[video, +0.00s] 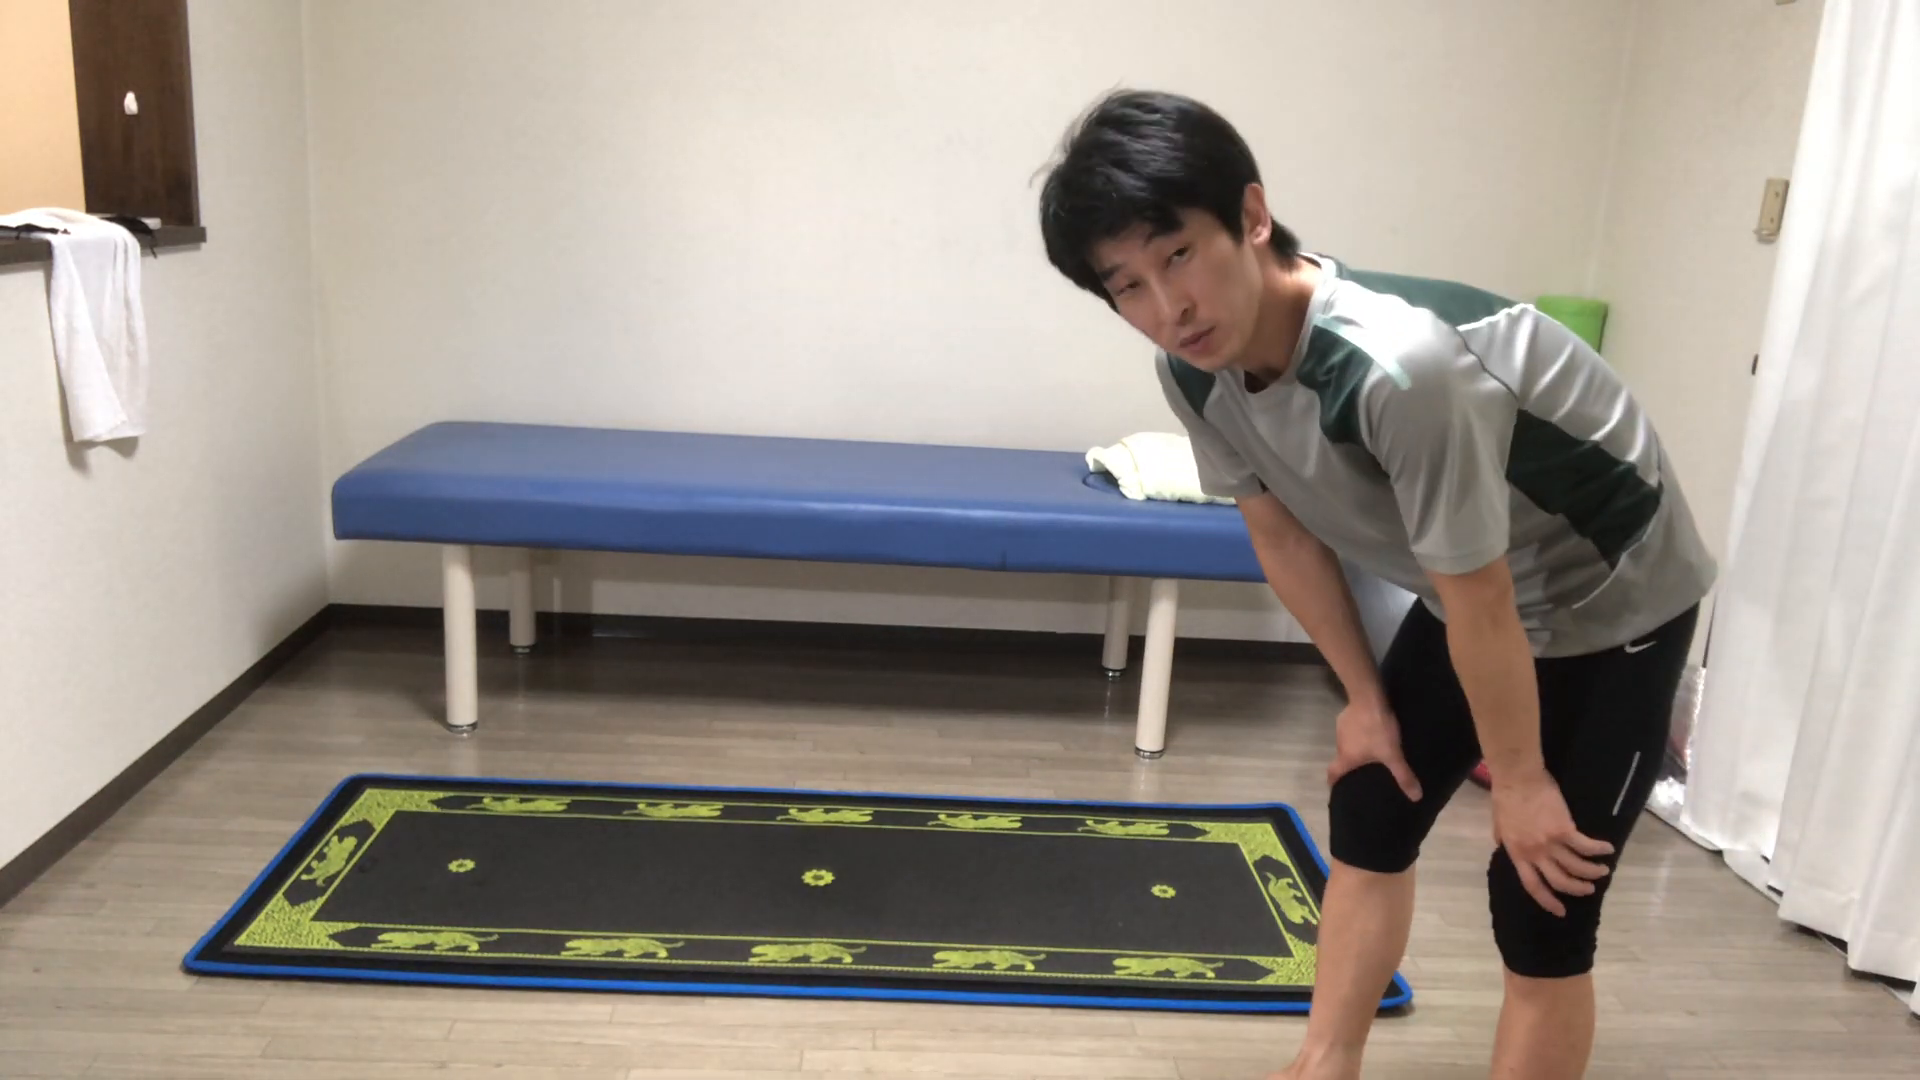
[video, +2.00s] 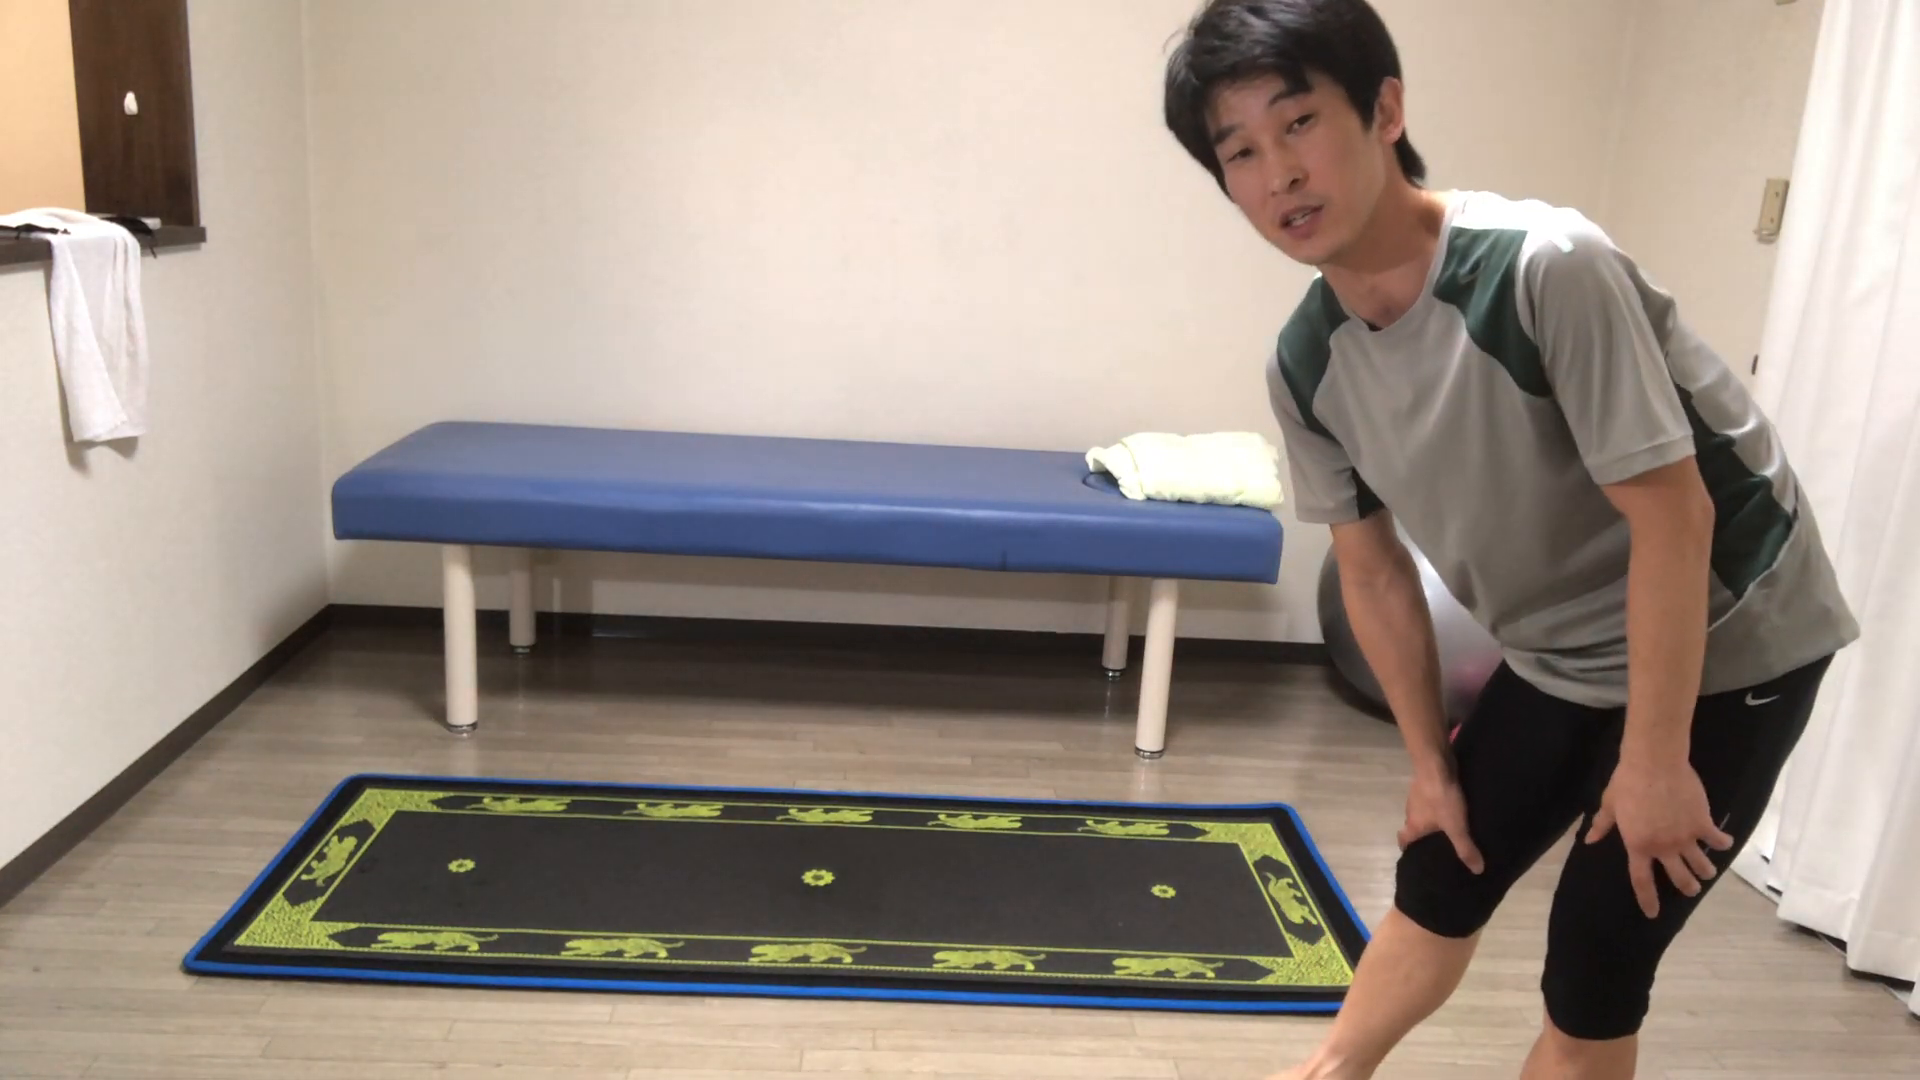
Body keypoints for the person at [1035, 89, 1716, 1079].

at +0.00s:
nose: (1168, 307)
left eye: (1178, 255)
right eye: (1128, 289)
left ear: (1250, 217)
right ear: (1111, 305)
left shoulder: (1402, 371)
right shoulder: (1195, 367)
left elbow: (1481, 598)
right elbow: (1283, 539)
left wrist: (1522, 777)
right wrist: (1363, 697)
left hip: (1618, 594)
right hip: (1472, 580)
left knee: (1539, 904)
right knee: (1372, 808)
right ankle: (1327, 1062)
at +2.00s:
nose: (1276, 176)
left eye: (1299, 123)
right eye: (1237, 153)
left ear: (1385, 113)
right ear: (1223, 184)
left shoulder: (1548, 272)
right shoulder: (1308, 360)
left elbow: (1675, 516)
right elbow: (1374, 572)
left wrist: (1655, 757)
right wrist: (1428, 757)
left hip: (1741, 628)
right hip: (1569, 639)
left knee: (1600, 936)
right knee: (1438, 873)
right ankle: (1334, 1064)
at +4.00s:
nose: (1181, 213)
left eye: (1200, 159)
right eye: (1145, 189)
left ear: (1283, 131)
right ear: (1127, 206)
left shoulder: (1452, 297)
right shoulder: (1246, 320)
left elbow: (1589, 495)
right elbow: (1375, 480)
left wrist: (1579, 709)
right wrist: (1364, 620)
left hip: (1569, 601)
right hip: (1427, 589)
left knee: (1525, 910)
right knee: (1372, 831)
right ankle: (1329, 1059)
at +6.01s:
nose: (1406, 59)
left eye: (1431, 22)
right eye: (1376, 38)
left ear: (1500, 25)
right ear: (1361, 63)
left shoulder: (1621, 191)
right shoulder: (1401, 234)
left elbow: (1689, 406)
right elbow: (1447, 412)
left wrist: (1710, 596)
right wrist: (1453, 548)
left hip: (1607, 578)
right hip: (1468, 561)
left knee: (1540, 819)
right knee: (1362, 775)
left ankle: (1504, 1034)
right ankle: (1317, 1031)